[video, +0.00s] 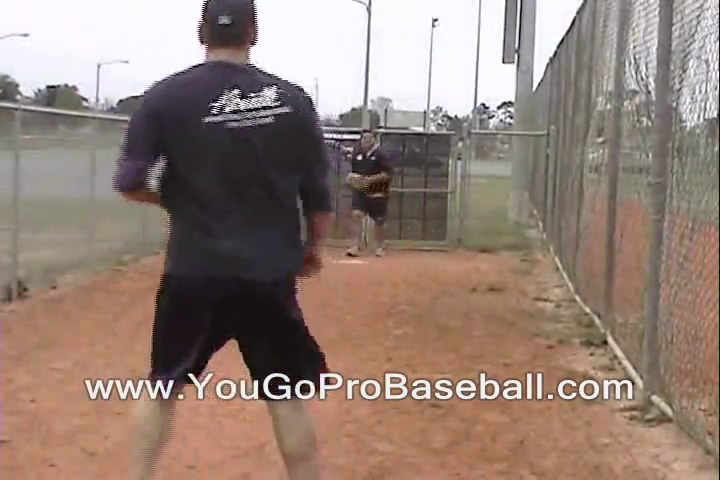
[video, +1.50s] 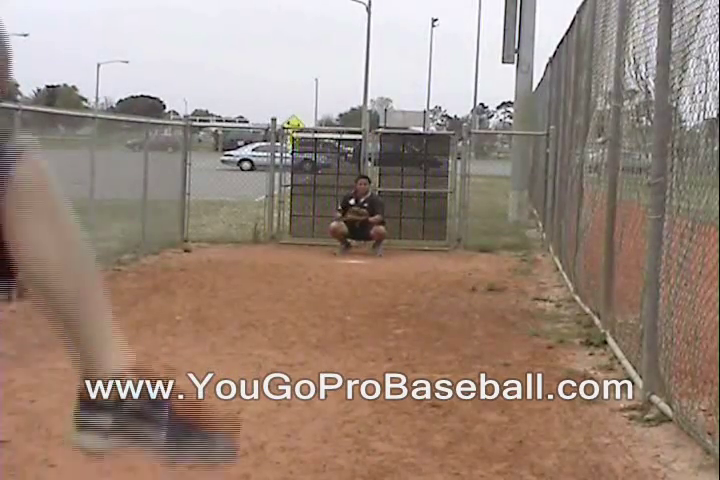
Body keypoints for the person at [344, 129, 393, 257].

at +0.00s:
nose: (364, 141)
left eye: (368, 139)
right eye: (363, 138)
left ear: (374, 141)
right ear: (360, 140)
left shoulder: (380, 155)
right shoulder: (356, 155)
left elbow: (387, 173)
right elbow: (354, 173)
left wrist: (369, 180)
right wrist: (353, 179)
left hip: (377, 194)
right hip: (360, 192)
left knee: (379, 222)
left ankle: (380, 247)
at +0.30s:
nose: (362, 191)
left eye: (364, 188)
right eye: (359, 188)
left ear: (368, 189)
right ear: (355, 189)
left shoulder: (376, 201)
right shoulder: (349, 200)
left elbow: (379, 218)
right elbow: (341, 215)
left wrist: (363, 219)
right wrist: (349, 218)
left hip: (369, 228)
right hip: (353, 227)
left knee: (382, 228)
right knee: (335, 227)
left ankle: (377, 245)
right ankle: (346, 245)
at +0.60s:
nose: (362, 189)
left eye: (365, 186)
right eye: (360, 186)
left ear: (368, 188)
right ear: (355, 188)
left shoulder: (376, 200)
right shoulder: (348, 199)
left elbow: (381, 219)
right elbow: (340, 214)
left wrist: (363, 219)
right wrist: (348, 217)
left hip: (368, 227)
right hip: (352, 227)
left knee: (382, 229)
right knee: (335, 227)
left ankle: (377, 245)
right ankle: (346, 245)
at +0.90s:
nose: (362, 188)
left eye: (365, 185)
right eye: (360, 185)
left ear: (369, 187)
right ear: (355, 187)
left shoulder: (376, 200)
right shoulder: (348, 199)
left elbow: (381, 217)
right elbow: (339, 214)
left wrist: (365, 219)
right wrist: (346, 216)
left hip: (368, 227)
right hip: (351, 227)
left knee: (382, 229)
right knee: (335, 227)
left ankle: (377, 246)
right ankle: (345, 244)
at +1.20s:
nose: (362, 187)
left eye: (365, 184)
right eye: (360, 184)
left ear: (369, 186)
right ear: (355, 186)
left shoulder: (375, 200)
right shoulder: (348, 198)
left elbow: (379, 216)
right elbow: (338, 213)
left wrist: (366, 220)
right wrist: (346, 218)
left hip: (367, 226)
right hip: (351, 226)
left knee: (381, 230)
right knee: (335, 227)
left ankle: (377, 245)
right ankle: (345, 244)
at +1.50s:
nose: (362, 187)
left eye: (365, 184)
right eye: (360, 184)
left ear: (369, 186)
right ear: (355, 186)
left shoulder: (375, 200)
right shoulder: (348, 198)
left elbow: (380, 217)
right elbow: (338, 213)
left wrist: (366, 219)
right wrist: (347, 218)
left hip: (367, 227)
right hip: (351, 226)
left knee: (380, 230)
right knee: (334, 227)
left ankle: (376, 245)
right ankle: (345, 244)